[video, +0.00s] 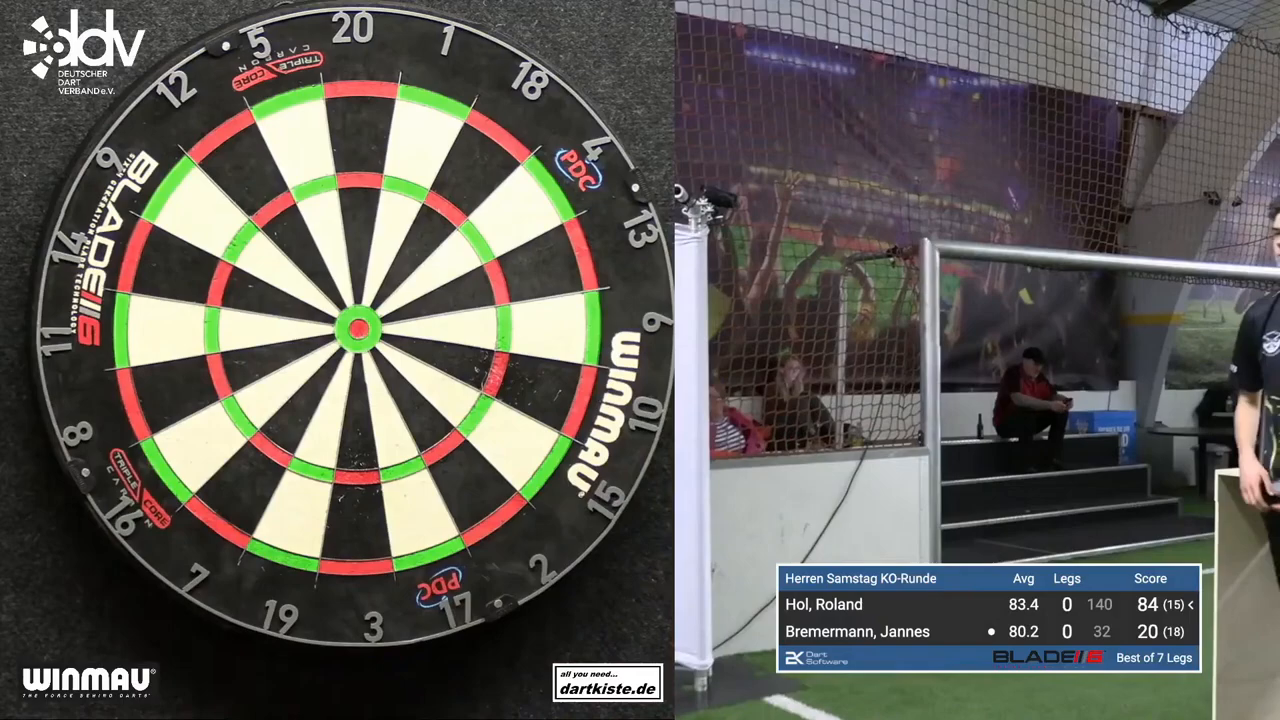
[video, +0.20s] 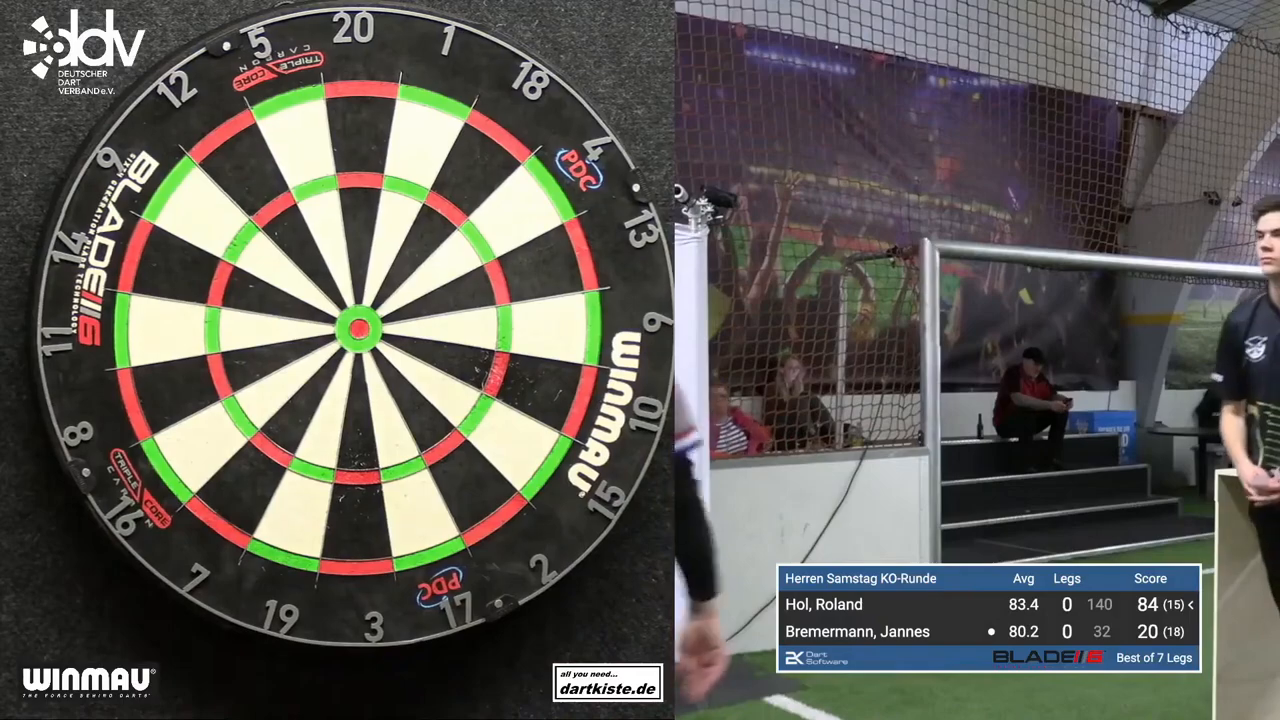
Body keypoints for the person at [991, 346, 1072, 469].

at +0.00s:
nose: (1038, 368)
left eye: (1040, 365)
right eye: (1035, 364)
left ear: (1042, 366)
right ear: (1025, 362)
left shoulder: (1040, 379)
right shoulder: (1012, 374)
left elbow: (1051, 395)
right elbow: (1017, 399)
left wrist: (1064, 401)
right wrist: (1050, 405)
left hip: (1029, 421)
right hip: (1006, 423)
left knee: (1060, 413)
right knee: (1027, 418)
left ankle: (1053, 457)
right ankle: (1026, 463)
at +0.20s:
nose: (1038, 369)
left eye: (1040, 365)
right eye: (1035, 364)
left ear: (1042, 366)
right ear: (1025, 362)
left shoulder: (1040, 379)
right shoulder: (1012, 374)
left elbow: (1051, 395)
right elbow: (1017, 399)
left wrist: (1063, 401)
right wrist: (1050, 405)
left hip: (1029, 421)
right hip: (1006, 423)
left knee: (1060, 413)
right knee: (1027, 418)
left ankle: (1053, 457)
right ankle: (1026, 463)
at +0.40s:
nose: (1038, 368)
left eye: (1040, 365)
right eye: (1035, 364)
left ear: (1042, 366)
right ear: (1025, 362)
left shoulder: (1040, 379)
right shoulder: (1012, 374)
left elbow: (1052, 395)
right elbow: (1017, 399)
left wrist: (1063, 401)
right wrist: (1050, 405)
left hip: (1029, 421)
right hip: (1006, 423)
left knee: (1060, 413)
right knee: (1027, 418)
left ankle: (1053, 457)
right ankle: (1026, 463)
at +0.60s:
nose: (1038, 368)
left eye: (1040, 365)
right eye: (1035, 364)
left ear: (1042, 366)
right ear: (1025, 362)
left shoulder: (1040, 379)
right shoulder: (1012, 374)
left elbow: (1051, 395)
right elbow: (1017, 399)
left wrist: (1064, 401)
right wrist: (1050, 405)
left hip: (1029, 421)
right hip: (1006, 423)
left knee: (1060, 413)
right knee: (1027, 418)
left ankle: (1053, 457)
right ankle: (1026, 463)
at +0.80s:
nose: (1038, 368)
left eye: (1040, 365)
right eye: (1035, 364)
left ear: (1042, 366)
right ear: (1025, 362)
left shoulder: (1040, 379)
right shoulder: (1012, 374)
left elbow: (1051, 396)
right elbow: (1017, 399)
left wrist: (1063, 401)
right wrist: (1050, 405)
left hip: (1029, 421)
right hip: (1006, 423)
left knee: (1060, 413)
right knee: (1027, 418)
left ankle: (1053, 457)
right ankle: (1026, 463)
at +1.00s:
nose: (1038, 368)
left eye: (1040, 365)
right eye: (1035, 364)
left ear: (1042, 366)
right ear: (1025, 362)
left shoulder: (1040, 378)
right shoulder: (1012, 374)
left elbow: (1051, 395)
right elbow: (1017, 399)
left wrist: (1064, 401)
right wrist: (1050, 405)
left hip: (1030, 421)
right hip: (1006, 423)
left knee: (1060, 413)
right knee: (1027, 416)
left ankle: (1053, 456)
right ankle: (1026, 462)